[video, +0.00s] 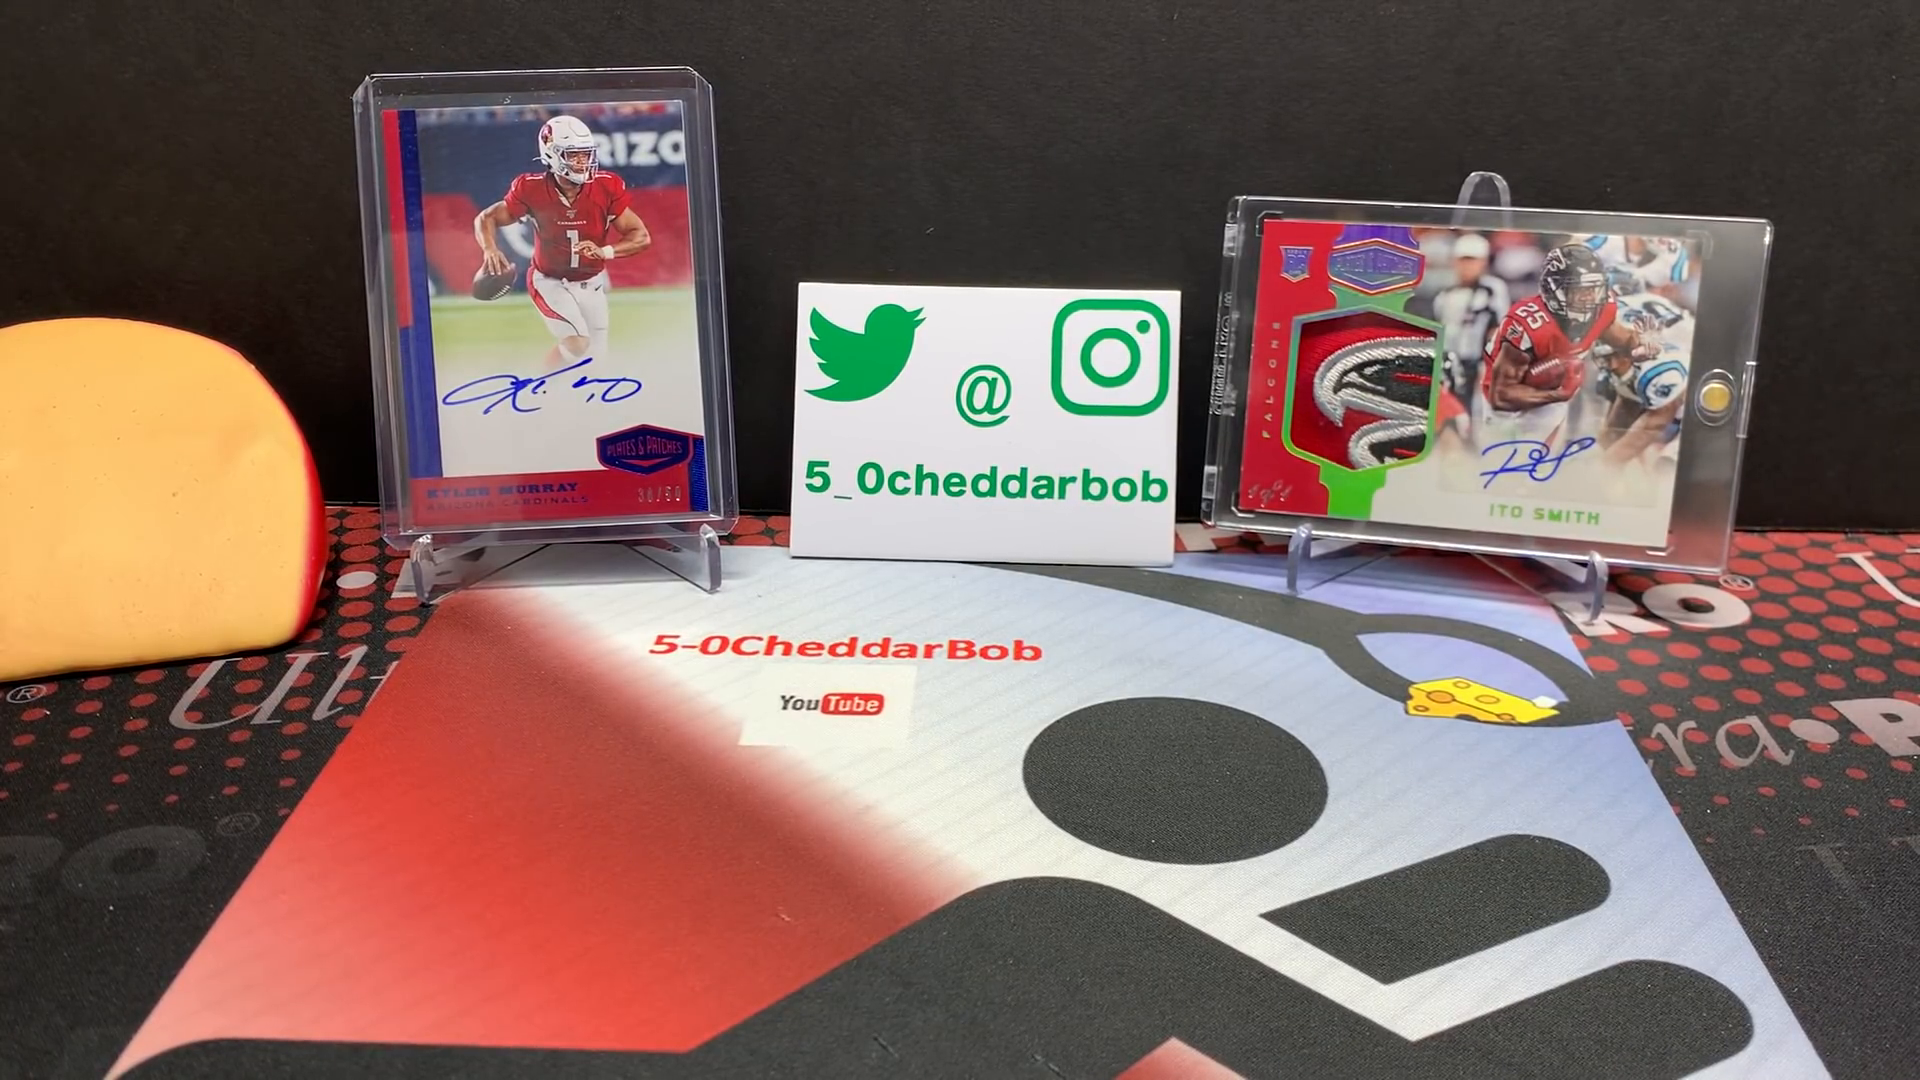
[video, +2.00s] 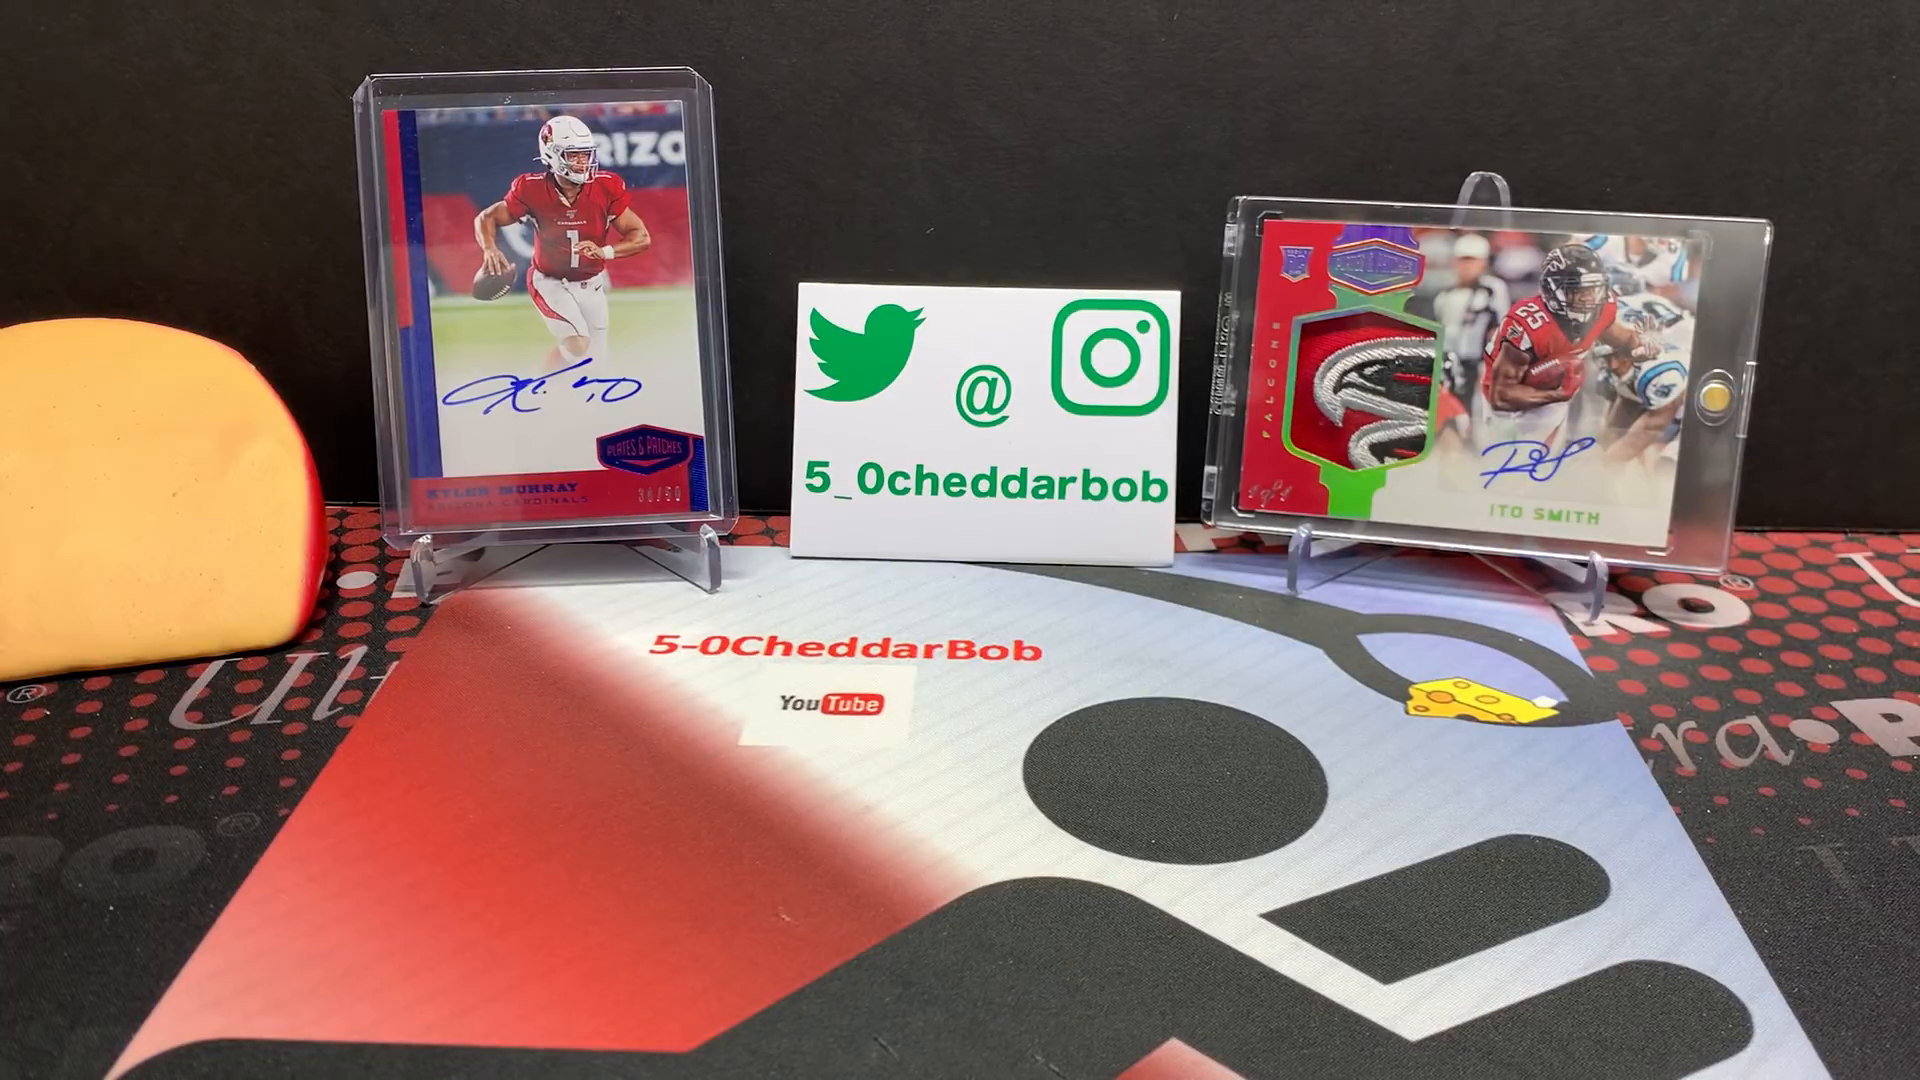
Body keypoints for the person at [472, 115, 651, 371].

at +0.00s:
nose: (581, 162)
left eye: (585, 155)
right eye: (572, 156)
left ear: (592, 154)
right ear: (552, 155)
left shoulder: (607, 187)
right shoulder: (530, 189)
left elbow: (641, 237)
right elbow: (484, 219)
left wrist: (605, 252)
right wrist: (490, 249)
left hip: (591, 282)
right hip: (548, 280)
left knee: (596, 361)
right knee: (576, 343)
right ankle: (533, 392)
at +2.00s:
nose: (580, 162)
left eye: (585, 155)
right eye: (573, 156)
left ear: (592, 154)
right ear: (552, 155)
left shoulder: (607, 187)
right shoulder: (530, 189)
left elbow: (641, 238)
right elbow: (485, 219)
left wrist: (605, 252)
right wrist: (489, 248)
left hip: (591, 283)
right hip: (549, 280)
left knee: (596, 362)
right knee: (577, 344)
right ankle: (533, 390)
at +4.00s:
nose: (580, 162)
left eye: (585, 155)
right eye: (573, 156)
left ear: (592, 154)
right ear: (552, 155)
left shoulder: (607, 187)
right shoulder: (530, 189)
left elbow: (642, 237)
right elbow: (484, 219)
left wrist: (606, 252)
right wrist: (490, 249)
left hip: (591, 283)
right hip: (549, 281)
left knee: (596, 363)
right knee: (577, 344)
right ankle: (534, 391)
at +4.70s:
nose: (580, 162)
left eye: (585, 155)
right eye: (573, 156)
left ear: (591, 154)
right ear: (552, 155)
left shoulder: (607, 187)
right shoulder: (530, 190)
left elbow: (642, 238)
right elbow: (484, 219)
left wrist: (605, 252)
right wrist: (490, 248)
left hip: (591, 283)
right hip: (548, 280)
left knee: (596, 363)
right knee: (577, 344)